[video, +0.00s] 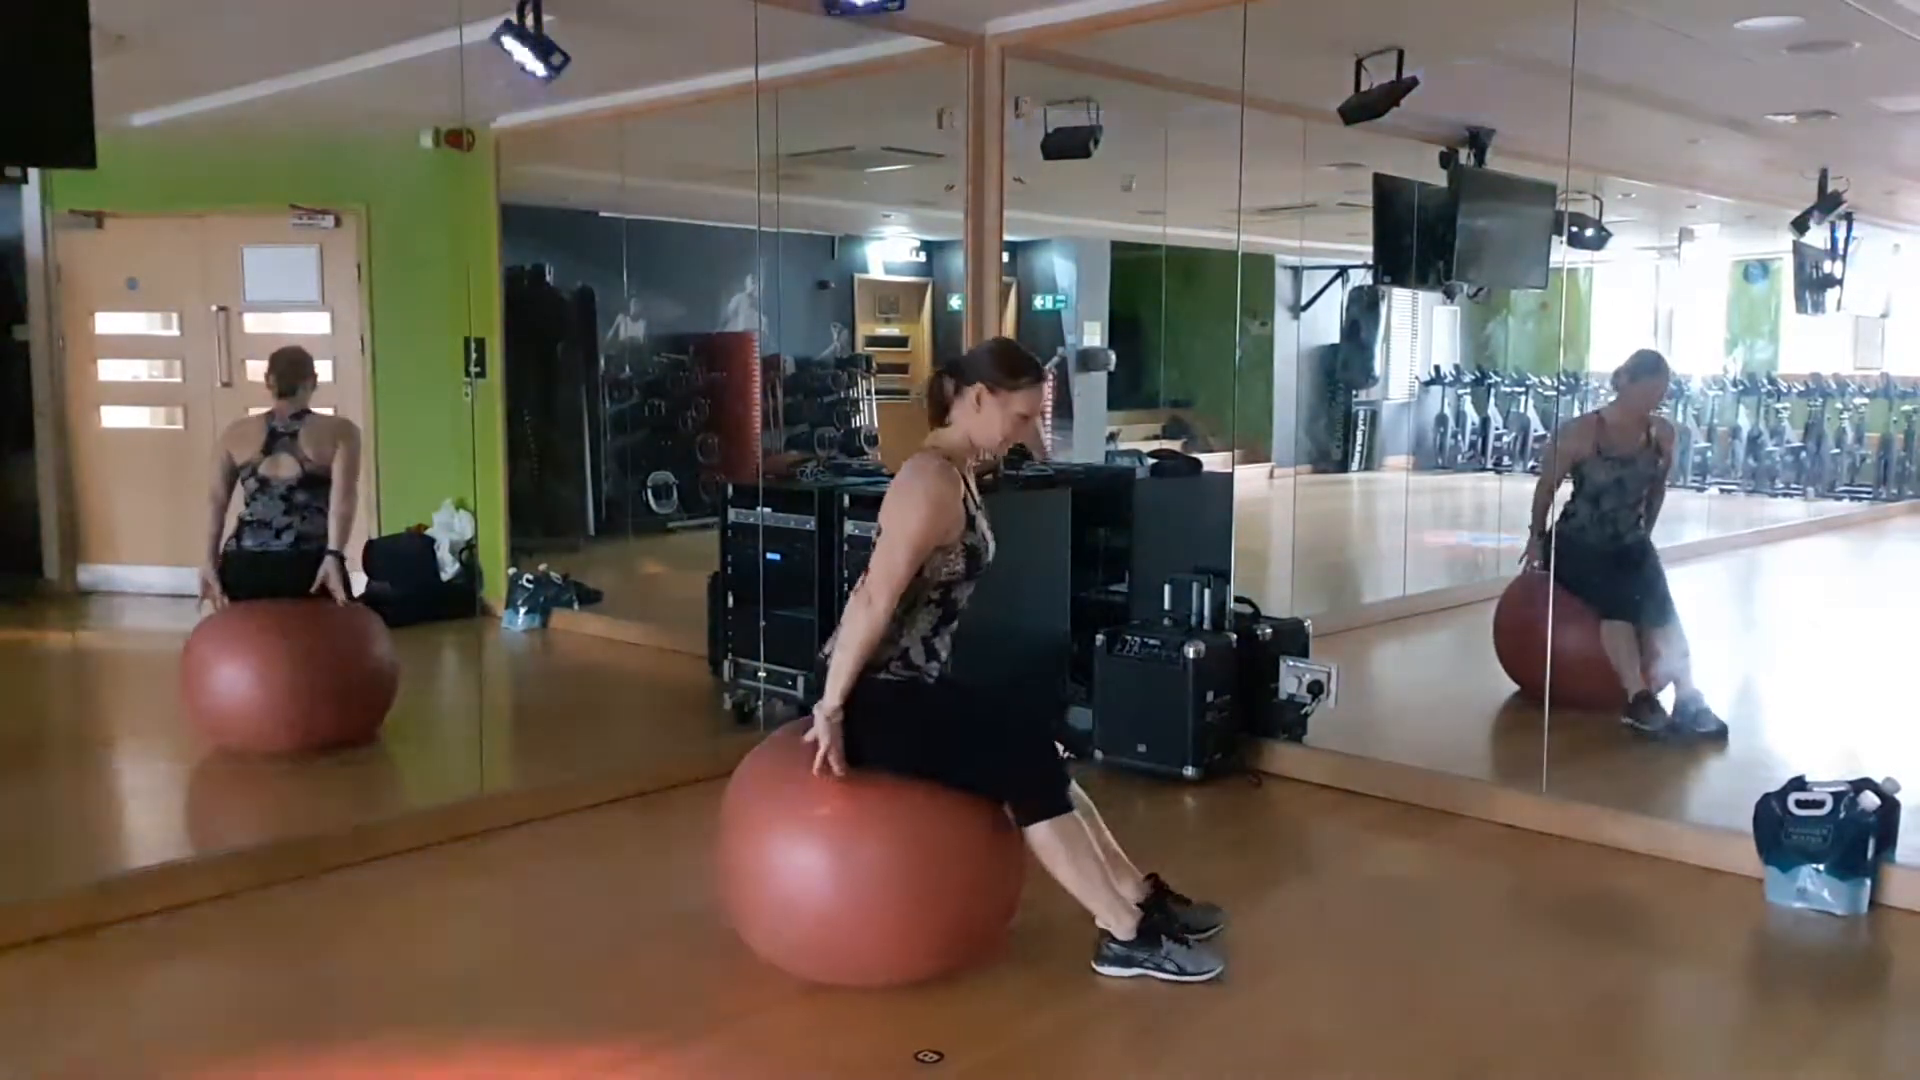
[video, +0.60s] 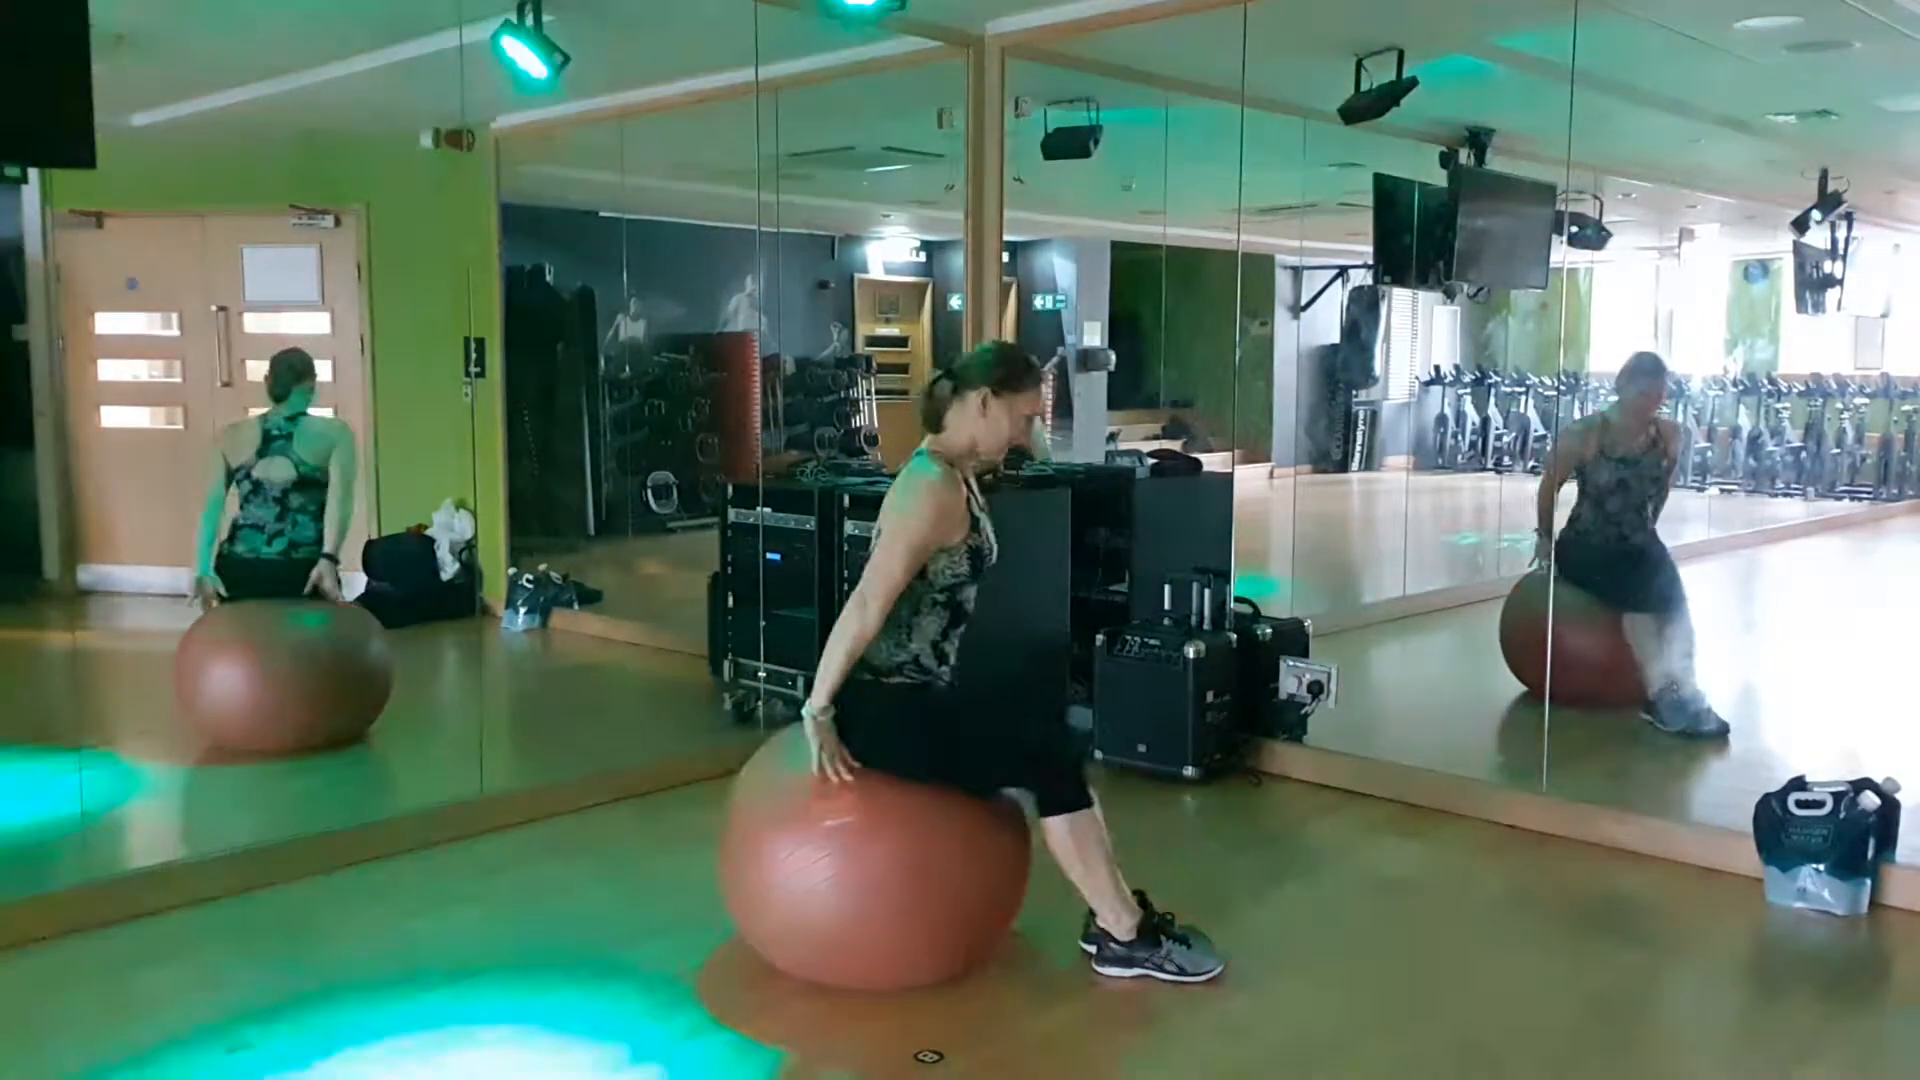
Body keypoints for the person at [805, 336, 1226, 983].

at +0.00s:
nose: (1024, 432)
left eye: (1029, 419)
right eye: (1020, 416)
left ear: (981, 401)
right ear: (976, 398)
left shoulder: (953, 477)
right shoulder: (930, 482)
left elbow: (889, 595)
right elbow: (874, 597)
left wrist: (836, 697)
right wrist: (832, 706)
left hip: (909, 690)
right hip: (877, 703)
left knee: (1039, 746)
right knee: (1025, 763)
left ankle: (1139, 898)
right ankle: (1121, 931)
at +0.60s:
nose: (1026, 437)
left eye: (1030, 422)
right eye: (1023, 419)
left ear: (980, 404)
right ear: (981, 404)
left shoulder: (952, 481)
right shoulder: (930, 492)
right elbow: (868, 604)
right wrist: (818, 707)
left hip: (912, 697)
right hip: (886, 712)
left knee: (1051, 740)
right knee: (1047, 757)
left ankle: (1117, 912)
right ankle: (1122, 929)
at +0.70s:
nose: (1016, 430)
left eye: (1020, 416)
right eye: (1011, 413)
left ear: (965, 403)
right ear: (968, 401)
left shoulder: (949, 477)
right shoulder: (923, 490)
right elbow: (867, 603)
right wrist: (830, 715)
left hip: (927, 700)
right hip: (895, 717)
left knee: (1077, 730)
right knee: (1069, 741)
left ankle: (1138, 908)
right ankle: (1121, 933)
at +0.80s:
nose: (1007, 428)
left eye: (1011, 412)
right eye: (1001, 410)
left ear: (958, 398)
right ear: (956, 396)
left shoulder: (940, 476)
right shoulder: (916, 486)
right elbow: (869, 609)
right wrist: (846, 720)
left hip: (944, 700)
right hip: (914, 715)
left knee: (1096, 735)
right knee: (1088, 745)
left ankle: (1177, 897)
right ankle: (1125, 935)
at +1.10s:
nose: (998, 425)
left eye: (1001, 410)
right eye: (991, 408)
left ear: (951, 403)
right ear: (946, 400)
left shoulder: (943, 483)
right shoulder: (923, 489)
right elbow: (893, 615)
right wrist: (899, 733)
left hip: (987, 704)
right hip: (960, 716)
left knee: (1146, 763)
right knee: (1144, 749)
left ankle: (1273, 891)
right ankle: (1133, 931)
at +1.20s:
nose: (998, 431)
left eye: (1000, 416)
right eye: (990, 414)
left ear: (950, 411)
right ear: (946, 408)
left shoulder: (946, 488)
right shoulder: (927, 497)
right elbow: (901, 622)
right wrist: (917, 739)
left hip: (1001, 710)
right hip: (977, 723)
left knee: (1168, 764)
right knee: (1163, 750)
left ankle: (1268, 915)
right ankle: (1137, 927)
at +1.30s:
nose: (999, 437)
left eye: (1000, 423)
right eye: (990, 422)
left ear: (951, 419)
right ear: (946, 416)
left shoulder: (948, 496)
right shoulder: (930, 506)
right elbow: (910, 628)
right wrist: (934, 743)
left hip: (1015, 713)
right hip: (993, 728)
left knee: (1187, 755)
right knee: (1177, 741)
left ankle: (1271, 914)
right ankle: (1147, 917)